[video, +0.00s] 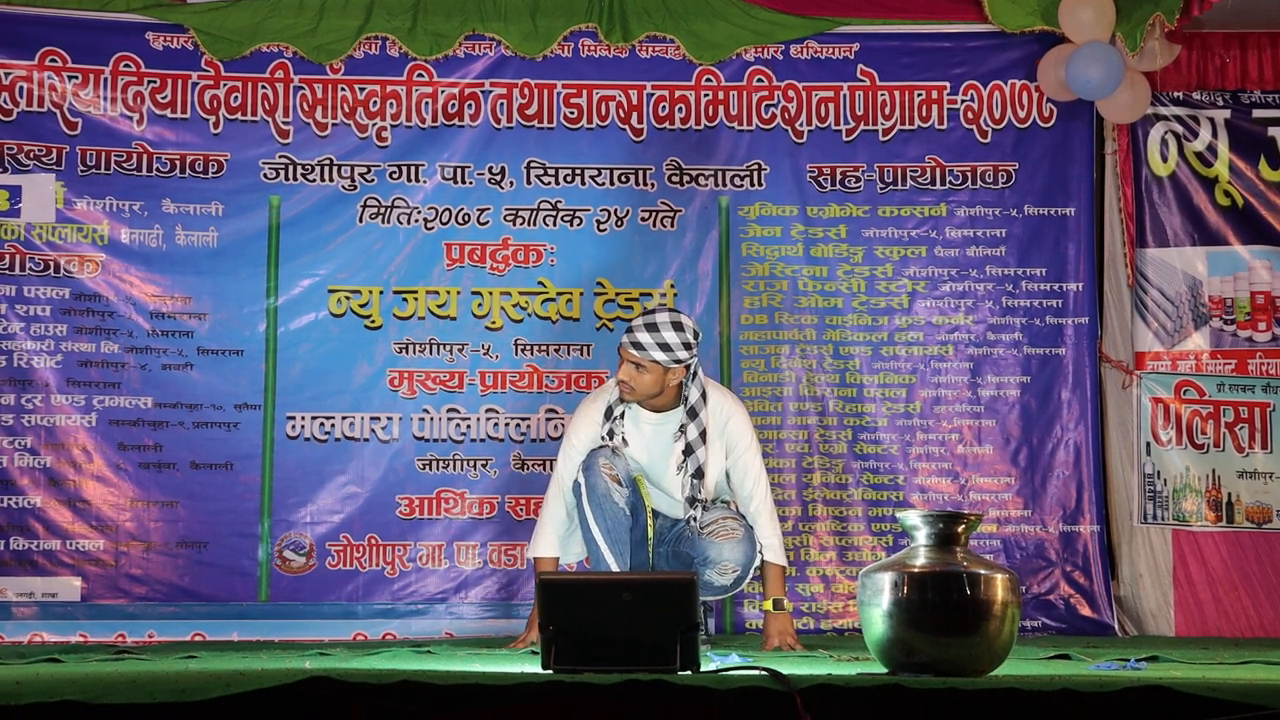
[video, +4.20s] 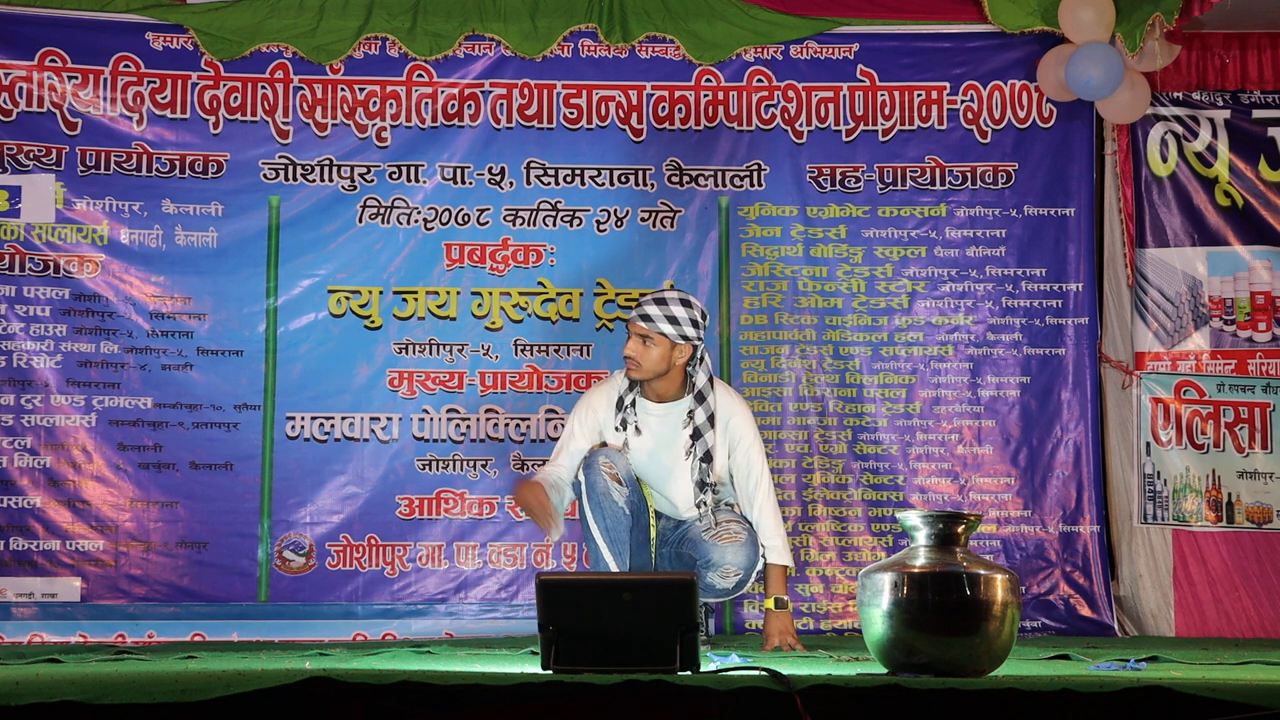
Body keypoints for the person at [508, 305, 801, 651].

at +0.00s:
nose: (621, 375)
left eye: (638, 368)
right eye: (622, 361)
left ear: (676, 374)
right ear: (619, 355)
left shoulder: (725, 414)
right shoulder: (597, 411)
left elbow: (760, 507)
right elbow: (557, 502)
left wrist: (777, 609)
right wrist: (543, 607)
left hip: (692, 539)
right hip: (628, 531)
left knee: (732, 547)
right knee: (601, 463)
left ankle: (686, 611)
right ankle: (619, 608)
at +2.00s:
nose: (623, 375)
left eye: (640, 367)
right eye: (624, 360)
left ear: (678, 374)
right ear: (621, 355)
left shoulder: (728, 414)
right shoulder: (599, 411)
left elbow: (762, 509)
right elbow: (558, 507)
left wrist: (777, 609)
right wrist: (542, 608)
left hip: (691, 540)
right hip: (629, 531)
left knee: (733, 547)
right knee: (604, 462)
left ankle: (688, 610)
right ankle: (619, 607)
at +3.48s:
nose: (623, 355)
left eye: (640, 346)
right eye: (624, 341)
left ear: (676, 357)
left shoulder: (726, 410)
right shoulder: (602, 404)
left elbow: (761, 503)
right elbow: (560, 495)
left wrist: (776, 604)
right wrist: (530, 590)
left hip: (693, 542)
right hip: (630, 532)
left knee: (734, 545)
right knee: (599, 461)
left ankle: (688, 613)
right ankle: (621, 605)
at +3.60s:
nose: (625, 350)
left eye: (641, 340)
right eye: (627, 336)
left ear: (679, 351)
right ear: (625, 336)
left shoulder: (728, 408)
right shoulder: (603, 402)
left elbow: (761, 502)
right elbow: (562, 498)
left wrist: (776, 602)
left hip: (695, 541)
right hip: (629, 534)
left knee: (731, 539)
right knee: (601, 462)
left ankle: (691, 614)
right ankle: (618, 605)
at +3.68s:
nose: (627, 347)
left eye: (642, 338)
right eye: (627, 334)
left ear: (680, 350)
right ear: (625, 336)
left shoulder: (728, 409)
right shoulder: (603, 401)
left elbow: (761, 505)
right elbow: (558, 497)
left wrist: (777, 605)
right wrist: (480, 503)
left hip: (693, 536)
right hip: (633, 532)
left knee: (734, 542)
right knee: (604, 461)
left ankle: (681, 614)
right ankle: (623, 607)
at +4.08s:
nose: (630, 346)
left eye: (647, 338)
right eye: (631, 333)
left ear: (684, 351)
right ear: (628, 334)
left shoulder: (727, 411)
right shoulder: (603, 399)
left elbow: (762, 505)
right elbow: (559, 492)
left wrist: (778, 607)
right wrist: (497, 472)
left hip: (695, 534)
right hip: (634, 530)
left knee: (736, 555)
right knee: (605, 463)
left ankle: (679, 611)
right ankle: (627, 607)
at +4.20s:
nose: (628, 348)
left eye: (645, 340)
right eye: (629, 336)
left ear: (681, 353)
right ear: (625, 335)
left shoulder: (727, 410)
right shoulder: (604, 400)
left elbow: (762, 503)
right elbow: (559, 473)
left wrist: (778, 604)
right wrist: (535, 490)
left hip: (697, 537)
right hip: (634, 529)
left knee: (736, 550)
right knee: (601, 461)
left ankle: (684, 610)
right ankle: (619, 603)